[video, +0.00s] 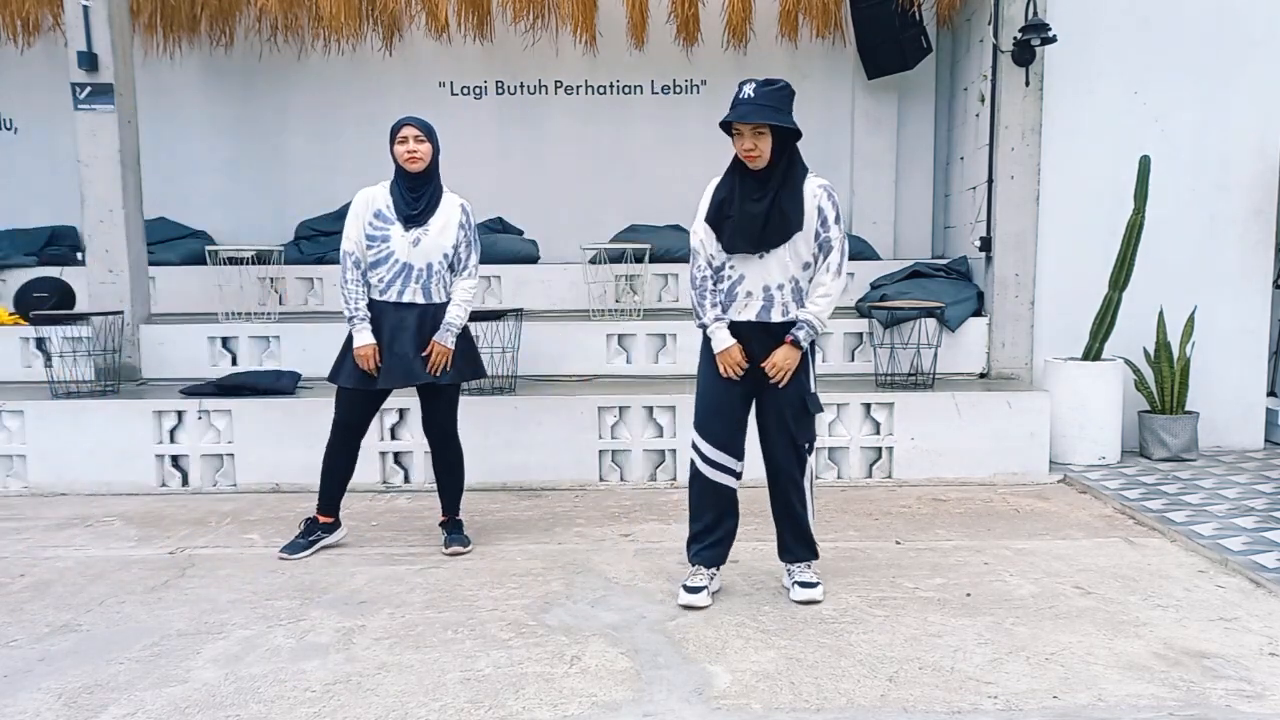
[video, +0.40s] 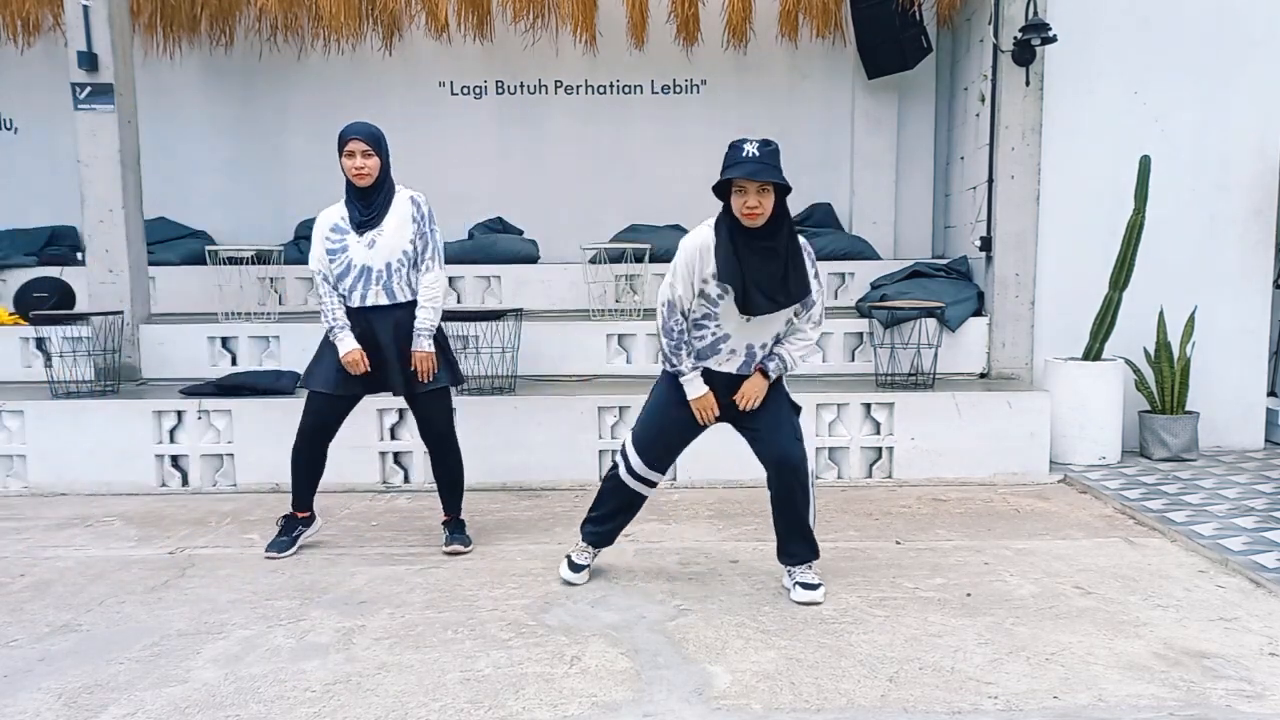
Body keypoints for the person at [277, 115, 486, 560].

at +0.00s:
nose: (411, 148)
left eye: (420, 141)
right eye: (403, 142)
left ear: (434, 149)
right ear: (392, 151)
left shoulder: (456, 209)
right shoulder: (367, 202)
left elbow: (467, 277)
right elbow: (351, 273)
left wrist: (449, 331)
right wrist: (361, 331)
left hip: (437, 329)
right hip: (379, 328)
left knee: (442, 430)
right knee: (346, 426)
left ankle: (452, 522)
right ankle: (325, 519)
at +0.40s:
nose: (359, 163)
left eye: (367, 154)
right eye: (350, 155)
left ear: (383, 158)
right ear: (341, 162)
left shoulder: (414, 205)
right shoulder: (327, 220)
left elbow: (433, 274)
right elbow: (325, 289)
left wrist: (423, 335)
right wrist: (344, 341)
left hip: (410, 331)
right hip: (352, 334)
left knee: (439, 432)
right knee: (313, 427)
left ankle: (453, 521)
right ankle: (300, 514)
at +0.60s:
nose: (307, 173)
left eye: (316, 164)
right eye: (298, 165)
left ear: (333, 167)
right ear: (289, 171)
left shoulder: (366, 207)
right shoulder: (284, 233)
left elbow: (393, 273)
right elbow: (291, 307)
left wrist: (387, 333)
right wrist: (311, 363)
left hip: (380, 336)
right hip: (321, 345)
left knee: (431, 427)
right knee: (292, 439)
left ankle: (456, 520)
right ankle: (304, 523)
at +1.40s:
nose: (358, 218)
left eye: (367, 210)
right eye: (348, 209)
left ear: (380, 217)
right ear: (336, 215)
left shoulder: (402, 255)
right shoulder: (313, 262)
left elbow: (432, 315)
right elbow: (308, 331)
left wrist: (436, 372)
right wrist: (322, 389)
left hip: (408, 360)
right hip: (347, 365)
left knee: (459, 423)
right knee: (293, 433)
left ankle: (480, 516)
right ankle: (303, 521)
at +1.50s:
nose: (393, 205)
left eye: (402, 196)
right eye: (383, 196)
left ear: (415, 201)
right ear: (370, 203)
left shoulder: (437, 247)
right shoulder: (347, 251)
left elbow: (453, 310)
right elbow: (329, 322)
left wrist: (454, 366)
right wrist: (337, 386)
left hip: (424, 364)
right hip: (365, 364)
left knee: (470, 424)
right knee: (309, 431)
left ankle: (481, 516)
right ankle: (303, 521)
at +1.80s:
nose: (442, 169)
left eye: (449, 159)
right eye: (432, 162)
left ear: (463, 161)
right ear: (421, 167)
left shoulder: (484, 218)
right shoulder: (397, 206)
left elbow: (489, 283)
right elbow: (372, 275)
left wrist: (480, 337)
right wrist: (368, 340)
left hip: (456, 336)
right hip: (398, 332)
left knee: (471, 429)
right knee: (348, 425)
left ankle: (480, 515)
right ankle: (298, 509)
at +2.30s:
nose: (386, 208)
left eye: (394, 199)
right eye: (376, 201)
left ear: (411, 200)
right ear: (369, 208)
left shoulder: (448, 244)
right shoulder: (361, 256)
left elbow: (468, 307)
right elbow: (353, 328)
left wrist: (461, 363)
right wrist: (359, 386)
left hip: (437, 349)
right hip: (378, 346)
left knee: (473, 418)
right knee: (325, 421)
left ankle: (481, 515)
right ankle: (306, 515)